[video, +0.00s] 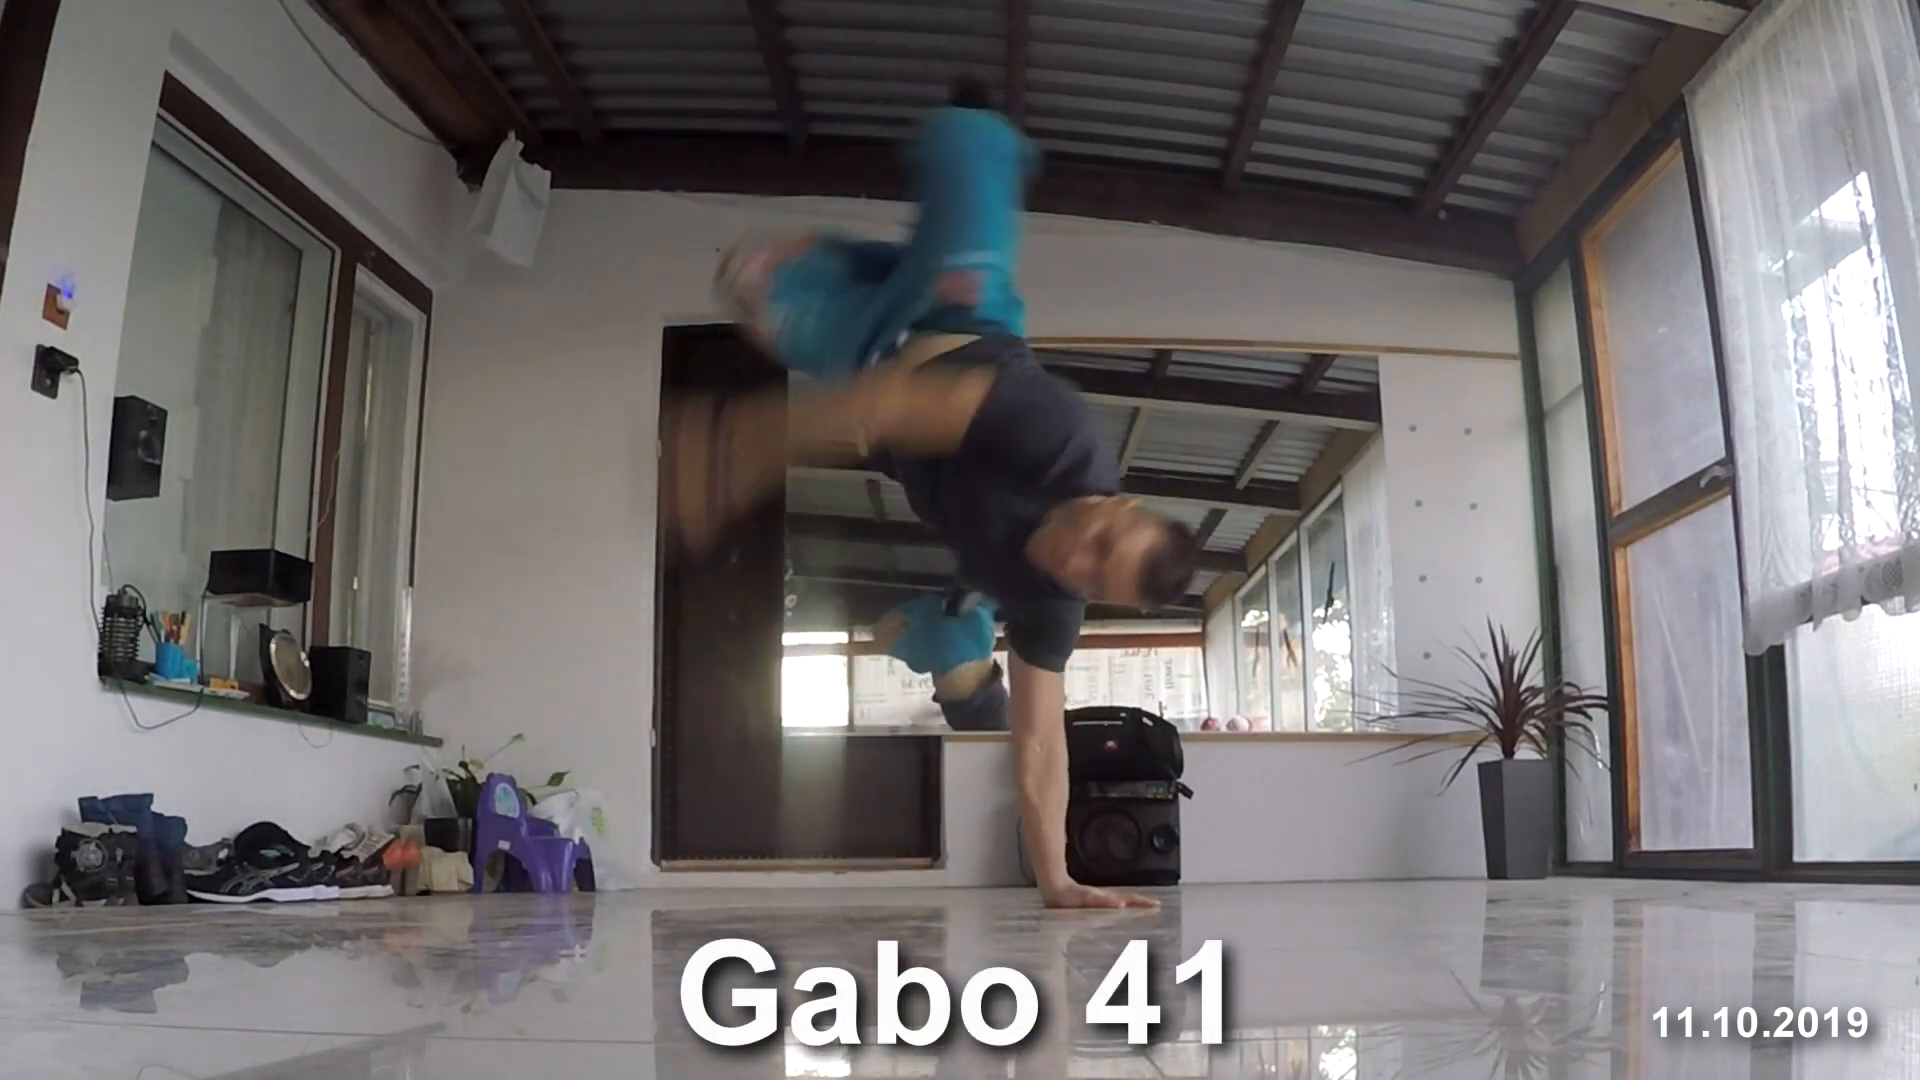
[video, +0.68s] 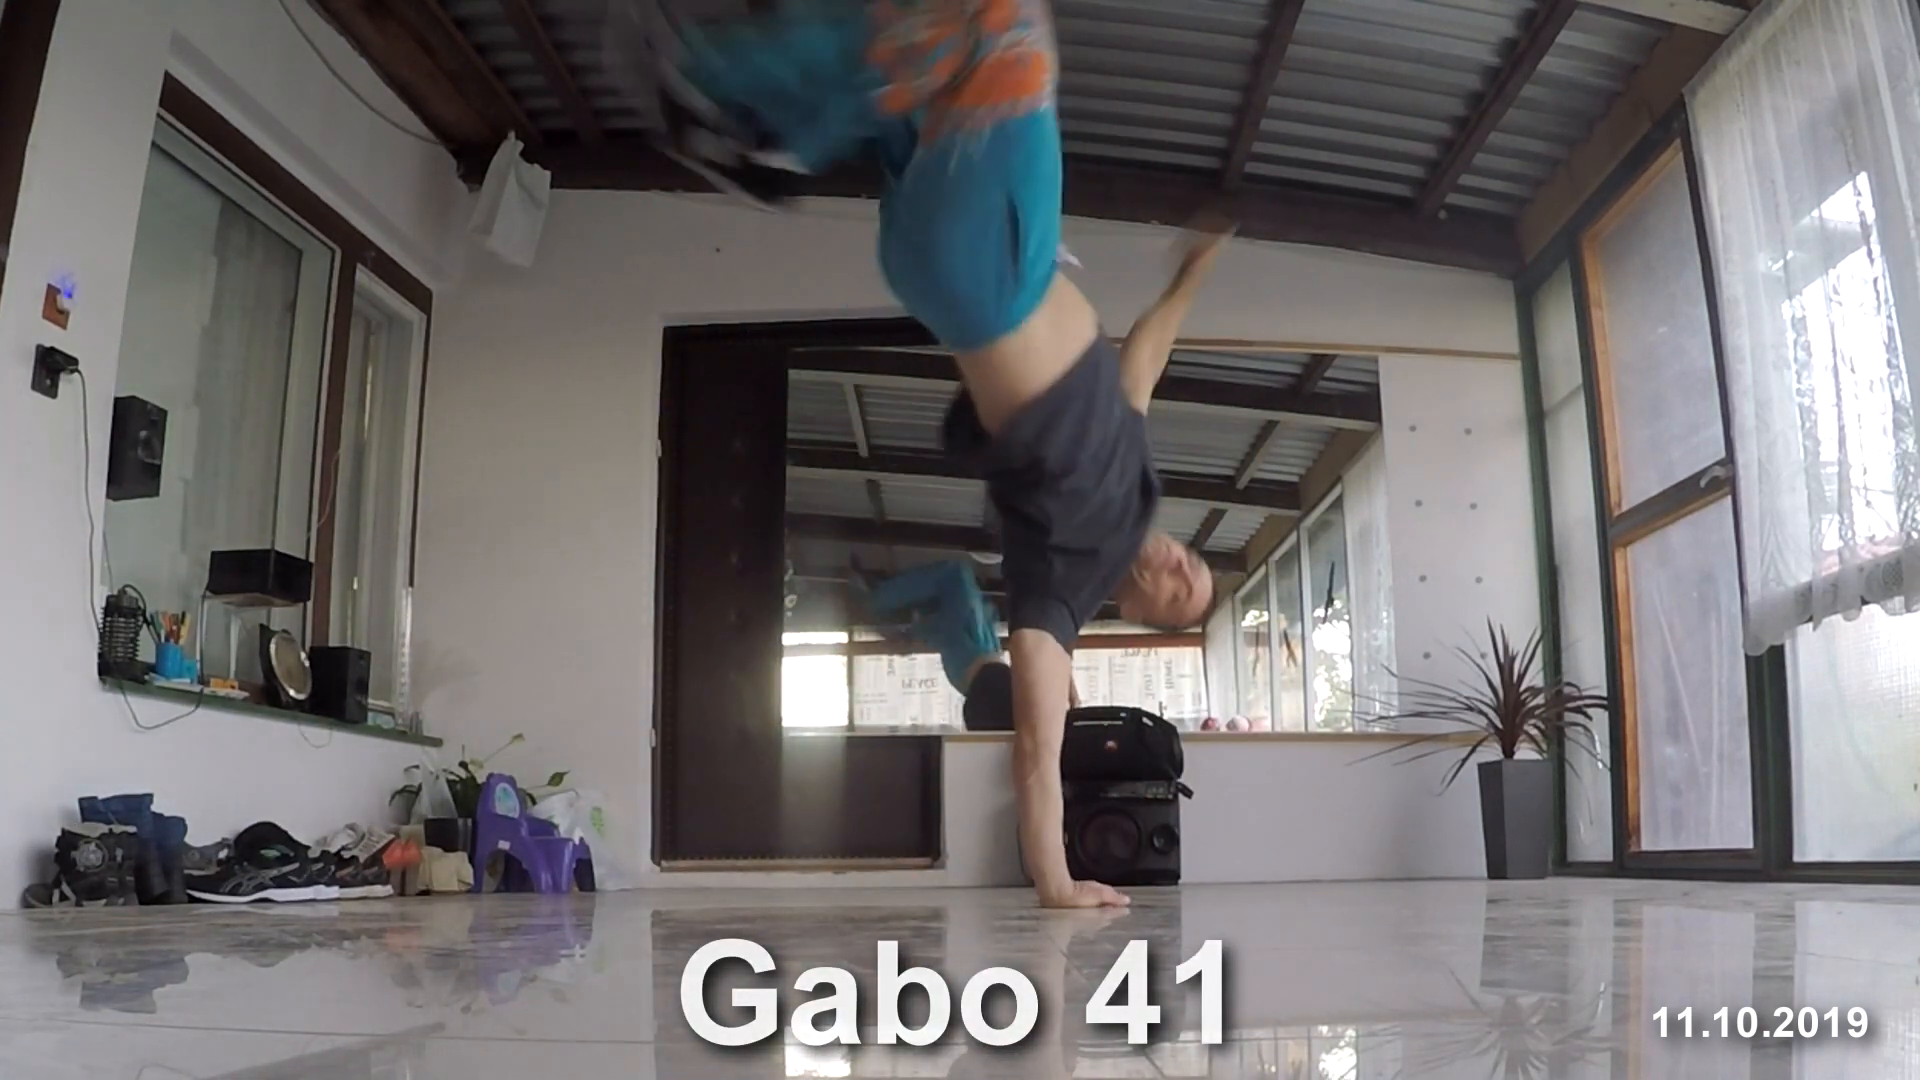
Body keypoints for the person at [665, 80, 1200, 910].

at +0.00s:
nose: (1077, 560)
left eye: (1094, 578)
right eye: (1100, 543)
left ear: (1103, 601)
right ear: (1118, 502)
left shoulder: (1046, 606)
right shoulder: (1051, 431)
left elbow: (1040, 739)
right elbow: (882, 403)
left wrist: (1054, 880)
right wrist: (727, 457)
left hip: (880, 387)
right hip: (955, 316)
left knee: (768, 299)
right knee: (971, 137)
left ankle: (829, 261)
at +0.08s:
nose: (1108, 544)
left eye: (1126, 567)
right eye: (1134, 529)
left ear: (1127, 590)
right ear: (1152, 495)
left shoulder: (1047, 597)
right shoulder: (1096, 413)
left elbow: (1035, 730)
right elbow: (959, 310)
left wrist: (1052, 879)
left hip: (879, 384)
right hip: (957, 331)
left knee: (824, 223)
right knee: (1053, 148)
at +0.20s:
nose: (1148, 531)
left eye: (1160, 560)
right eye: (1174, 521)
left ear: (1154, 589)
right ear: (1188, 495)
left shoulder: (1045, 592)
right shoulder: (1140, 423)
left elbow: (1030, 727)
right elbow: (1064, 273)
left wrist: (1054, 882)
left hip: (871, 325)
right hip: (974, 300)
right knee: (1108, 160)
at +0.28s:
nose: (1173, 537)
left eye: (1179, 565)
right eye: (1194, 532)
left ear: (1158, 592)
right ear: (1188, 511)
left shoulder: (1046, 586)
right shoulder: (1146, 430)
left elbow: (1032, 735)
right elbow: (1111, 279)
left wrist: (1054, 885)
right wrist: (1070, 130)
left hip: (888, 275)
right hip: (975, 280)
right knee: (1115, 174)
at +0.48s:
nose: (1180, 544)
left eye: (1185, 573)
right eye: (1197, 539)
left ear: (1155, 599)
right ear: (1184, 515)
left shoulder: (1053, 574)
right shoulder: (1136, 427)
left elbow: (1044, 736)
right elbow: (1159, 280)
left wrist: (1052, 880)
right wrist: (1194, 159)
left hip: (912, 253)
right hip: (975, 233)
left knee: (1059, 76)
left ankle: (850, 197)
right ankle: (848, 197)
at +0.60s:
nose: (1177, 549)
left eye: (1180, 575)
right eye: (1190, 546)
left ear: (1152, 600)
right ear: (1179, 515)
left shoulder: (1063, 576)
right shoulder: (1127, 430)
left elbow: (1048, 743)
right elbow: (1155, 308)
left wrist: (1055, 886)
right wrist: (1209, 215)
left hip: (944, 267)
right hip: (984, 233)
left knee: (1051, 46)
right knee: (1021, 48)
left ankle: (830, 169)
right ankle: (810, 160)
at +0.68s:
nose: (1184, 572)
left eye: (1182, 596)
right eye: (1196, 569)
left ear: (1147, 614)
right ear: (1188, 545)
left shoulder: (1059, 580)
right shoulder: (1133, 466)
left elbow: (1041, 746)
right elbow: (1149, 351)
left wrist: (1053, 883)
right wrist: (1190, 270)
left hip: (970, 273)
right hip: (1013, 244)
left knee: (1010, 30)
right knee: (935, 56)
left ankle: (708, 76)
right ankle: (785, 142)